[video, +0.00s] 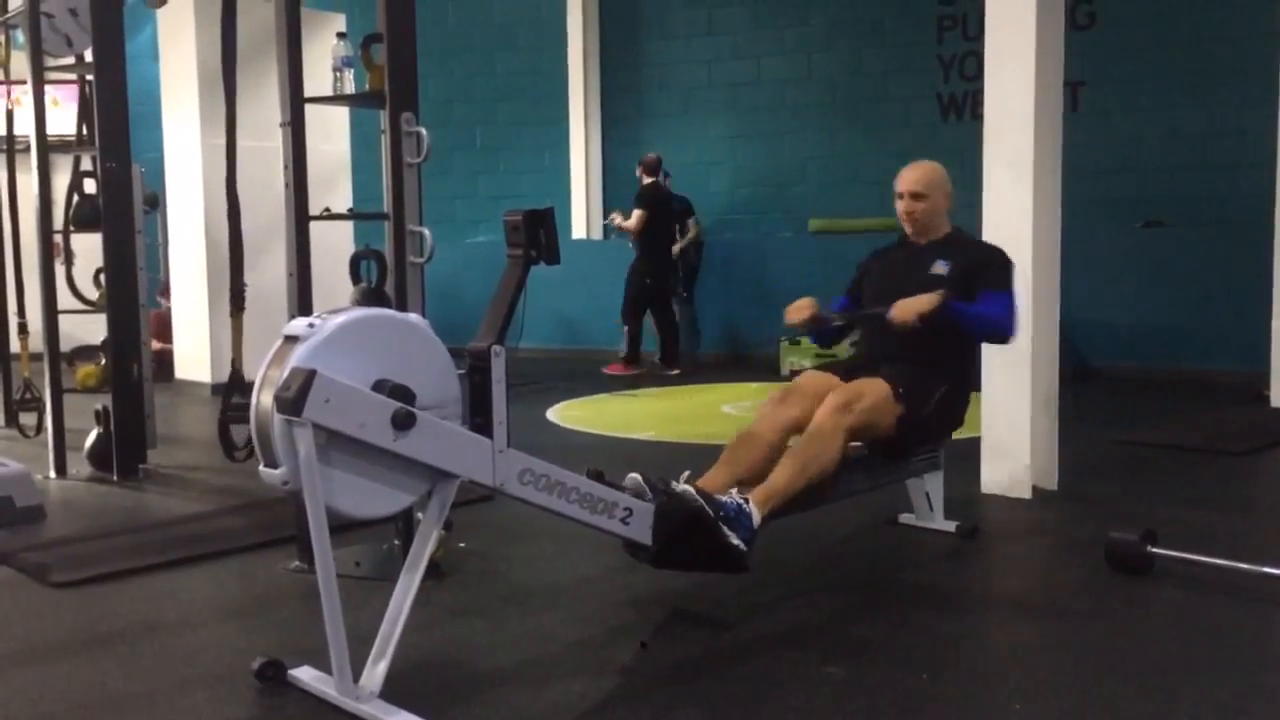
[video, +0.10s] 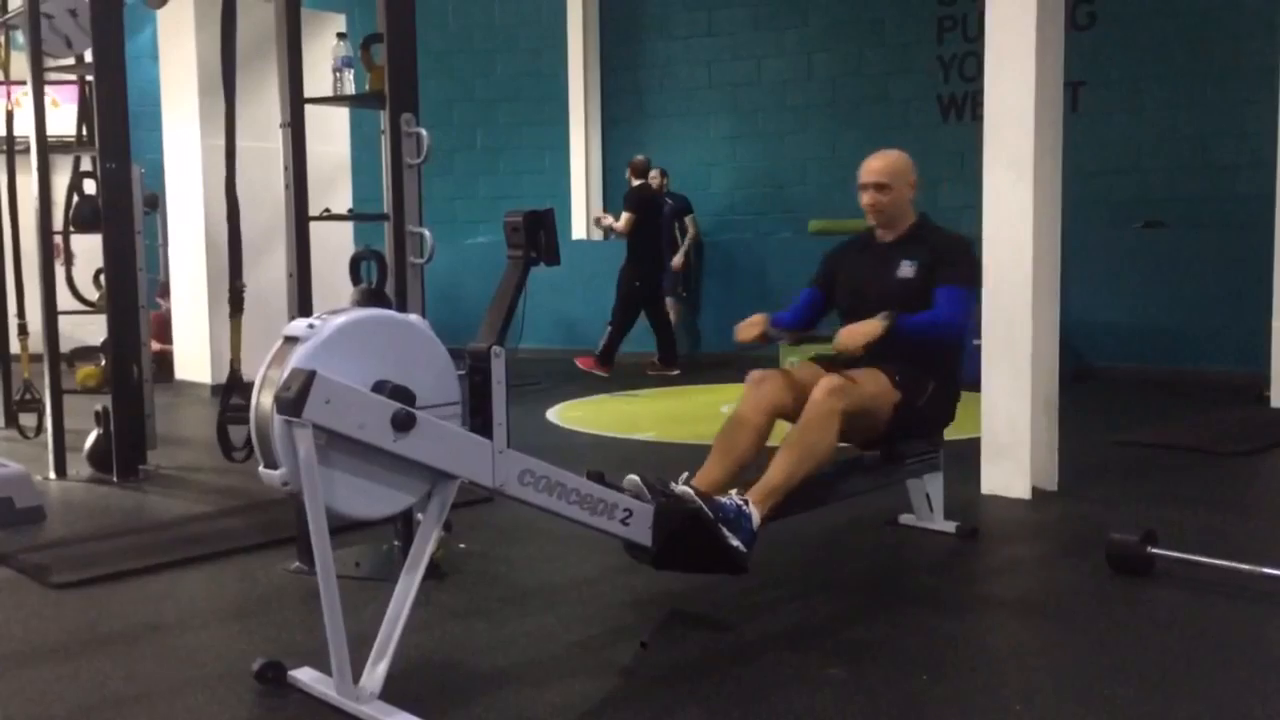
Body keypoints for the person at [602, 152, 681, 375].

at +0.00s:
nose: (636, 173)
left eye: (637, 169)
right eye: (638, 169)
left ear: (641, 170)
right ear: (658, 170)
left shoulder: (645, 193)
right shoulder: (668, 194)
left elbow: (635, 225)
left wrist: (619, 222)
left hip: (645, 261)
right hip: (664, 259)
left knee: (632, 311)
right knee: (663, 310)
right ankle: (670, 360)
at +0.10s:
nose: (627, 173)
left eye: (628, 170)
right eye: (630, 169)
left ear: (630, 172)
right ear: (648, 172)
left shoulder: (635, 195)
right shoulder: (655, 194)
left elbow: (624, 228)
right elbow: (639, 228)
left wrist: (609, 222)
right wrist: (613, 223)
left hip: (637, 264)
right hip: (655, 261)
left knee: (623, 312)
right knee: (657, 312)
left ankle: (603, 360)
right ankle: (668, 362)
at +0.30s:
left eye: (606, 172)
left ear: (605, 174)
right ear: (624, 174)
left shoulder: (605, 197)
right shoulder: (633, 198)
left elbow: (595, 227)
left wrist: (581, 220)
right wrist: (592, 221)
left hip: (610, 262)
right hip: (631, 261)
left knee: (600, 313)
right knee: (633, 311)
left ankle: (594, 363)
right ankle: (660, 355)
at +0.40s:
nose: (594, 176)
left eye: (594, 172)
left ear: (594, 174)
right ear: (612, 174)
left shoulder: (591, 197)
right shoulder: (624, 198)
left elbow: (580, 230)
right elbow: (611, 225)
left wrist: (574, 220)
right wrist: (582, 221)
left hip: (600, 260)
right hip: (621, 260)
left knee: (592, 311)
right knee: (615, 309)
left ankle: (592, 363)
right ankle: (645, 348)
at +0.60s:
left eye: (580, 173)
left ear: (577, 176)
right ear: (597, 175)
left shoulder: (568, 199)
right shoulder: (610, 200)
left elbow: (559, 229)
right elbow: (608, 227)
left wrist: (574, 226)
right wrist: (576, 224)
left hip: (582, 263)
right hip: (606, 262)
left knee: (582, 312)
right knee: (599, 309)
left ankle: (584, 364)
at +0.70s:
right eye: (586, 174)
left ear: (571, 177)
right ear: (590, 176)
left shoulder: (561, 200)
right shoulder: (604, 200)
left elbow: (552, 228)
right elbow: (607, 227)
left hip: (575, 264)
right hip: (599, 264)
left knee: (579, 313)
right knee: (593, 309)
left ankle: (591, 363)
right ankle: (577, 354)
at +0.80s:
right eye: (583, 177)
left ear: (566, 179)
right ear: (586, 179)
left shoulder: (554, 202)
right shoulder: (598, 203)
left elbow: (550, 233)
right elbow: (603, 236)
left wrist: (550, 259)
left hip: (567, 264)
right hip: (591, 264)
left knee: (574, 315)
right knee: (583, 314)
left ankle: (588, 364)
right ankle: (563, 361)